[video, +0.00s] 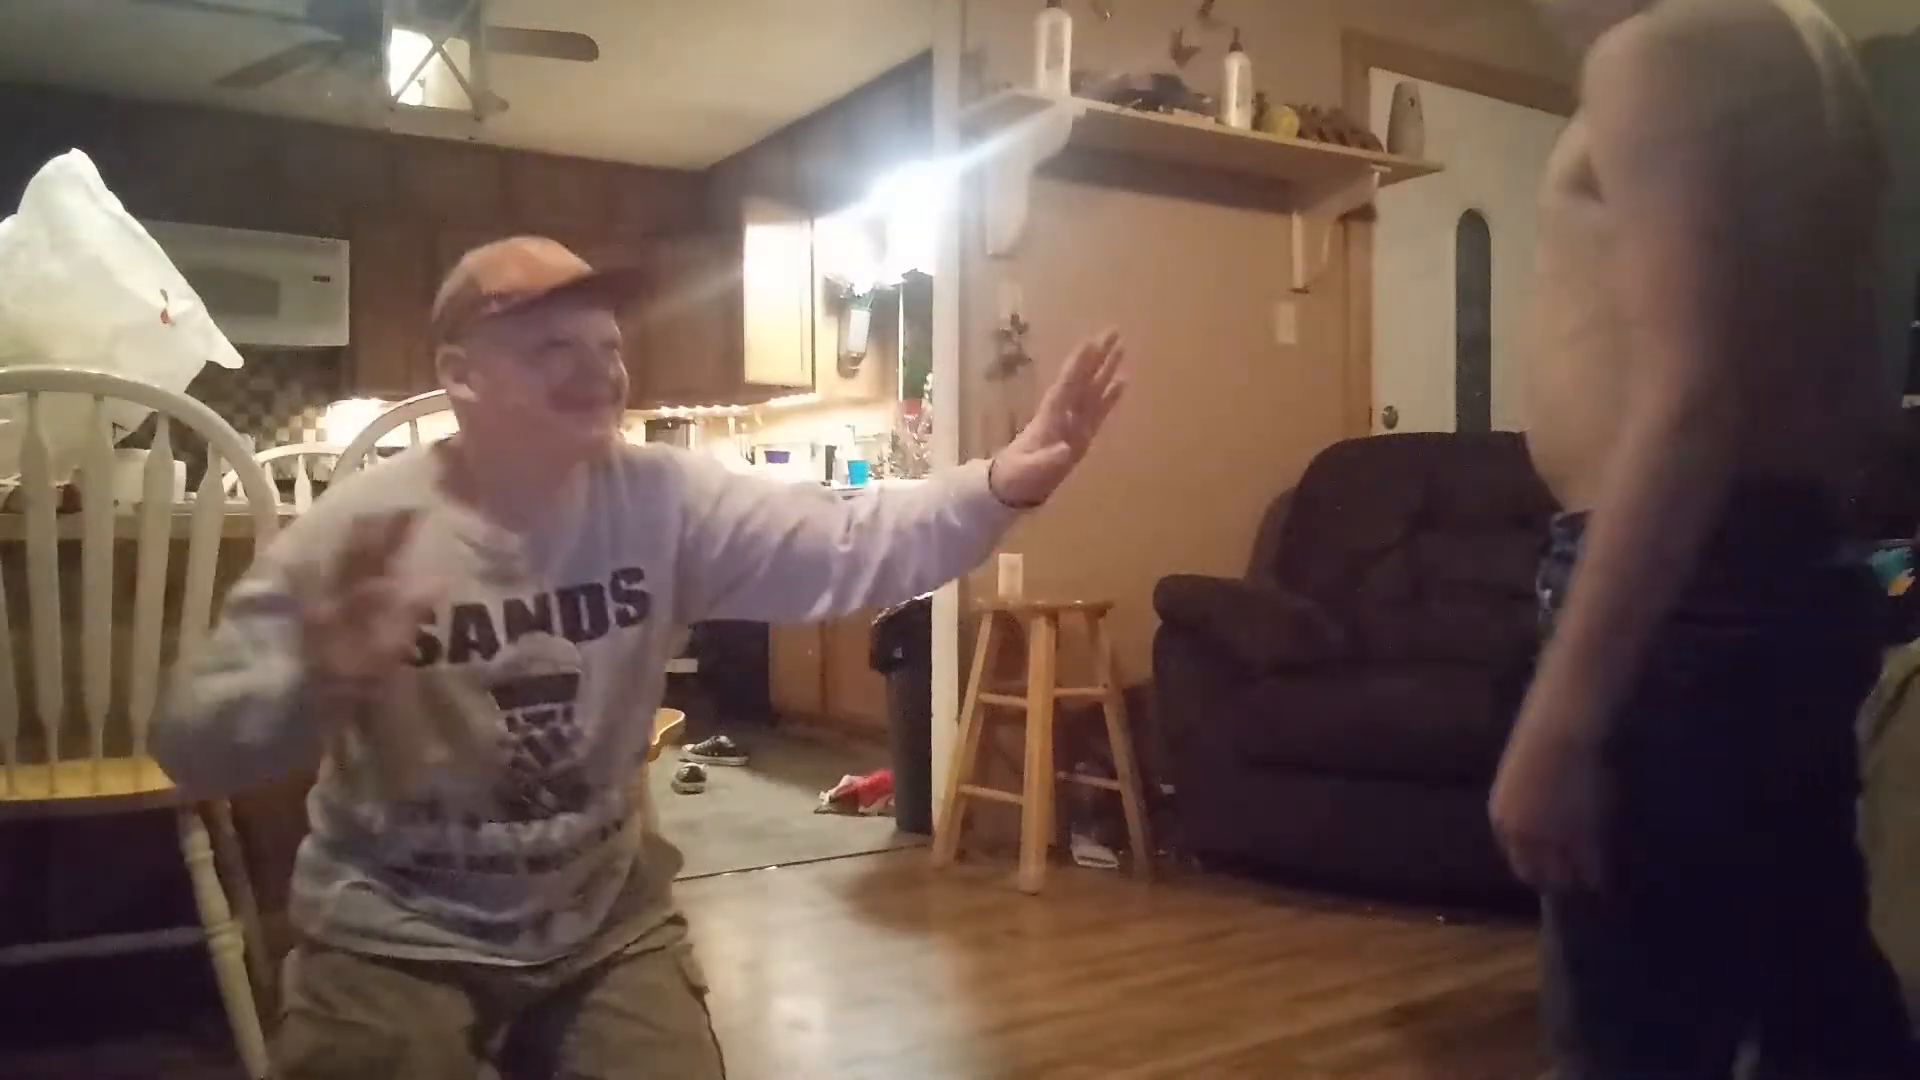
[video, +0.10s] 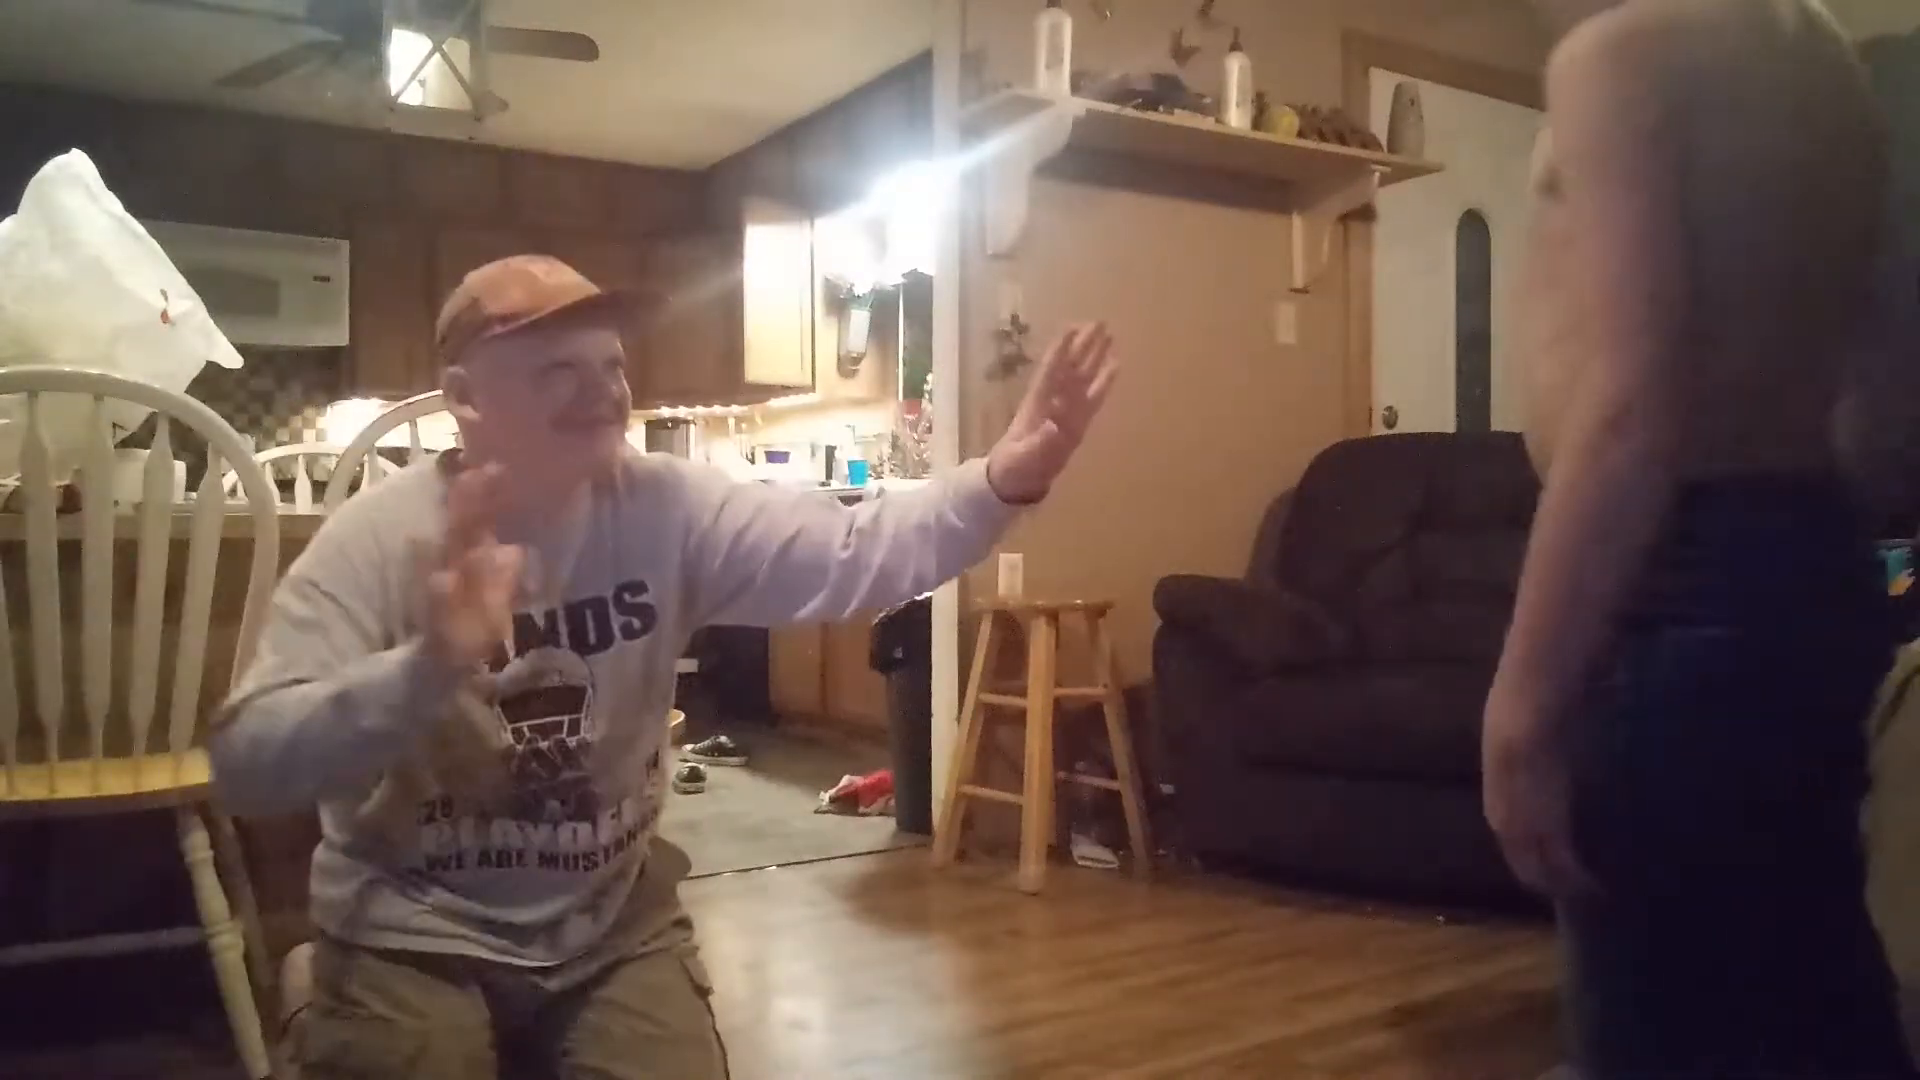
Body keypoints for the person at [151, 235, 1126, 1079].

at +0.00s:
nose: (598, 370)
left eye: (607, 343)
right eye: (557, 349)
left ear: (621, 351)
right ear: (465, 375)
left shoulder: (660, 498)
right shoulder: (356, 527)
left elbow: (844, 539)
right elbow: (192, 747)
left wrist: (1016, 476)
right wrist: (318, 675)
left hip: (604, 919)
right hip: (393, 932)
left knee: (676, 1066)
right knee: (364, 1067)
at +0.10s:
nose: (608, 389)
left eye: (615, 363)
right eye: (567, 371)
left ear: (626, 370)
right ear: (468, 402)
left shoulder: (663, 507)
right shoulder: (375, 538)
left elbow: (849, 548)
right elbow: (246, 764)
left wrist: (997, 486)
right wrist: (432, 665)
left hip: (616, 916)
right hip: (409, 925)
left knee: (670, 1069)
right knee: (408, 1066)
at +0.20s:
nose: (611, 400)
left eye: (619, 374)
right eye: (568, 380)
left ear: (633, 381)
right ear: (470, 409)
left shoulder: (664, 514)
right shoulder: (383, 541)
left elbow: (849, 548)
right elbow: (276, 771)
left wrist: (995, 482)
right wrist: (471, 653)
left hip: (612, 921)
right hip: (408, 927)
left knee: (674, 1067)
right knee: (402, 1067)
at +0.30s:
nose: (615, 406)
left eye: (623, 380)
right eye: (574, 386)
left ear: (638, 385)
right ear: (472, 413)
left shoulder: (670, 513)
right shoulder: (389, 538)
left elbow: (846, 550)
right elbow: (285, 768)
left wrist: (989, 485)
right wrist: (481, 651)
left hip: (610, 923)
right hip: (404, 928)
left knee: (673, 1068)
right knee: (401, 1067)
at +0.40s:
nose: (612, 402)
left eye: (619, 375)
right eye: (569, 383)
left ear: (635, 380)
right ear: (471, 411)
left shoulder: (665, 514)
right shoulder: (383, 536)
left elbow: (843, 554)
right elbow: (281, 763)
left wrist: (984, 489)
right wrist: (478, 647)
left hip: (610, 919)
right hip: (403, 927)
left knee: (672, 1066)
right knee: (402, 1066)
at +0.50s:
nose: (603, 401)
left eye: (611, 374)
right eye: (560, 379)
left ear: (625, 380)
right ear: (463, 405)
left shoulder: (662, 511)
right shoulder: (372, 535)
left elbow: (840, 554)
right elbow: (270, 750)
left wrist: (978, 487)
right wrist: (465, 636)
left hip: (608, 917)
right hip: (401, 923)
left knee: (665, 1065)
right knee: (386, 1062)